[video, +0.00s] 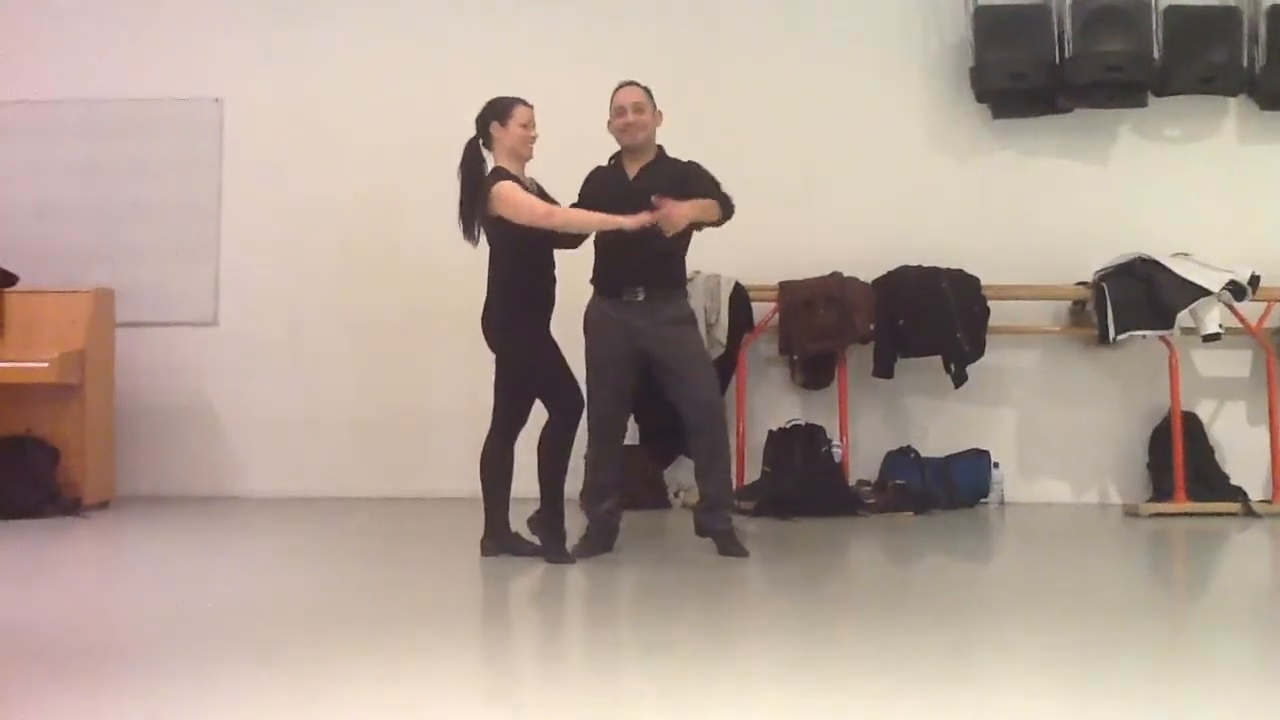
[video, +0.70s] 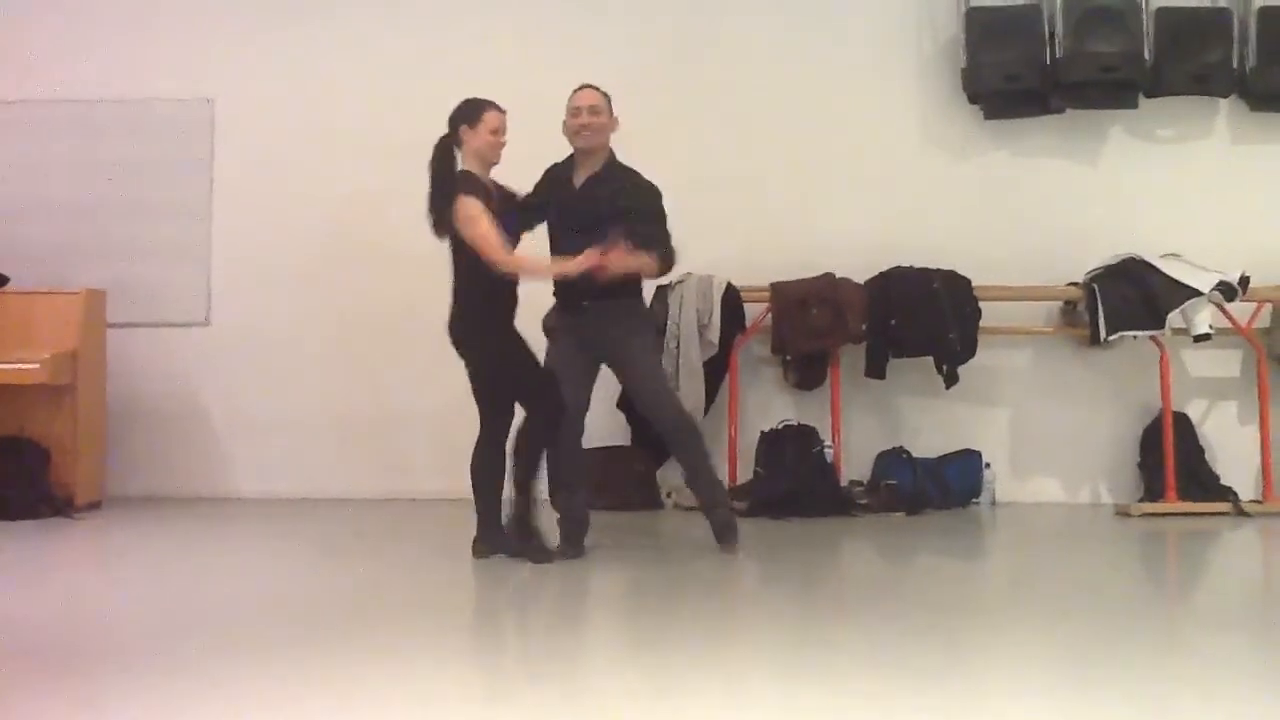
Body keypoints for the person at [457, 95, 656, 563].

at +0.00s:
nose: (534, 133)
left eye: (534, 126)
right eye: (525, 126)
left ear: (519, 135)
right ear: (496, 132)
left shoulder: (524, 186)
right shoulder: (500, 189)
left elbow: (567, 241)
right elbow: (559, 223)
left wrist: (589, 217)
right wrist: (625, 221)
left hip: (527, 319)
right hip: (513, 322)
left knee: (506, 425)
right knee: (567, 404)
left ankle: (496, 531)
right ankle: (550, 517)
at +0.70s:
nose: (504, 141)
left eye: (504, 132)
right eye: (496, 132)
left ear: (480, 137)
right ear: (466, 134)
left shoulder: (487, 189)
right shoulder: (464, 197)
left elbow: (534, 212)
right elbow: (502, 261)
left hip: (490, 322)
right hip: (480, 326)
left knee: (494, 424)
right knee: (546, 404)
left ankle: (489, 531)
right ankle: (521, 520)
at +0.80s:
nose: (496, 141)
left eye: (497, 132)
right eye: (487, 131)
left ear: (483, 137)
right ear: (458, 133)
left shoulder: (479, 189)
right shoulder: (454, 196)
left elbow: (514, 231)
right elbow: (473, 267)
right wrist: (544, 272)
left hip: (489, 320)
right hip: (471, 324)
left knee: (532, 411)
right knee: (496, 422)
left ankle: (479, 506)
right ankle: (488, 531)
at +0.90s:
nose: (487, 143)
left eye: (489, 135)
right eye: (478, 134)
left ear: (483, 141)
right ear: (449, 136)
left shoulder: (471, 190)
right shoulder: (444, 195)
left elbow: (491, 242)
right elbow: (459, 263)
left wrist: (528, 235)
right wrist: (517, 247)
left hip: (481, 321)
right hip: (462, 325)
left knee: (496, 424)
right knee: (498, 424)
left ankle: (492, 533)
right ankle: (429, 501)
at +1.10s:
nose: (467, 143)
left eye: (472, 137)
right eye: (458, 134)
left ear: (477, 144)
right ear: (434, 137)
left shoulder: (477, 201)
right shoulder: (418, 196)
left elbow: (522, 246)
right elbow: (437, 248)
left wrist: (537, 200)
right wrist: (481, 204)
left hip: (461, 331)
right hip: (420, 328)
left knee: (506, 420)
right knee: (409, 423)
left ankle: (489, 532)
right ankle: (382, 525)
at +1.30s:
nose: (464, 144)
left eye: (470, 138)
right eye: (454, 136)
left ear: (475, 145)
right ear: (432, 139)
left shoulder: (479, 203)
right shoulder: (413, 200)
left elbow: (523, 241)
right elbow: (422, 264)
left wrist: (527, 235)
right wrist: (487, 246)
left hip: (460, 331)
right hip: (415, 329)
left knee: (510, 417)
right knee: (401, 423)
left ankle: (478, 524)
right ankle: (380, 525)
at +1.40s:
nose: (471, 143)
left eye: (476, 136)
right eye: (462, 134)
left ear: (481, 143)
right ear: (437, 136)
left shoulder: (480, 197)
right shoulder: (424, 198)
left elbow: (516, 238)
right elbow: (437, 263)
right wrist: (507, 266)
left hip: (467, 327)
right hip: (427, 325)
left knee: (511, 420)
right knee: (417, 423)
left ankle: (466, 522)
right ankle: (383, 523)